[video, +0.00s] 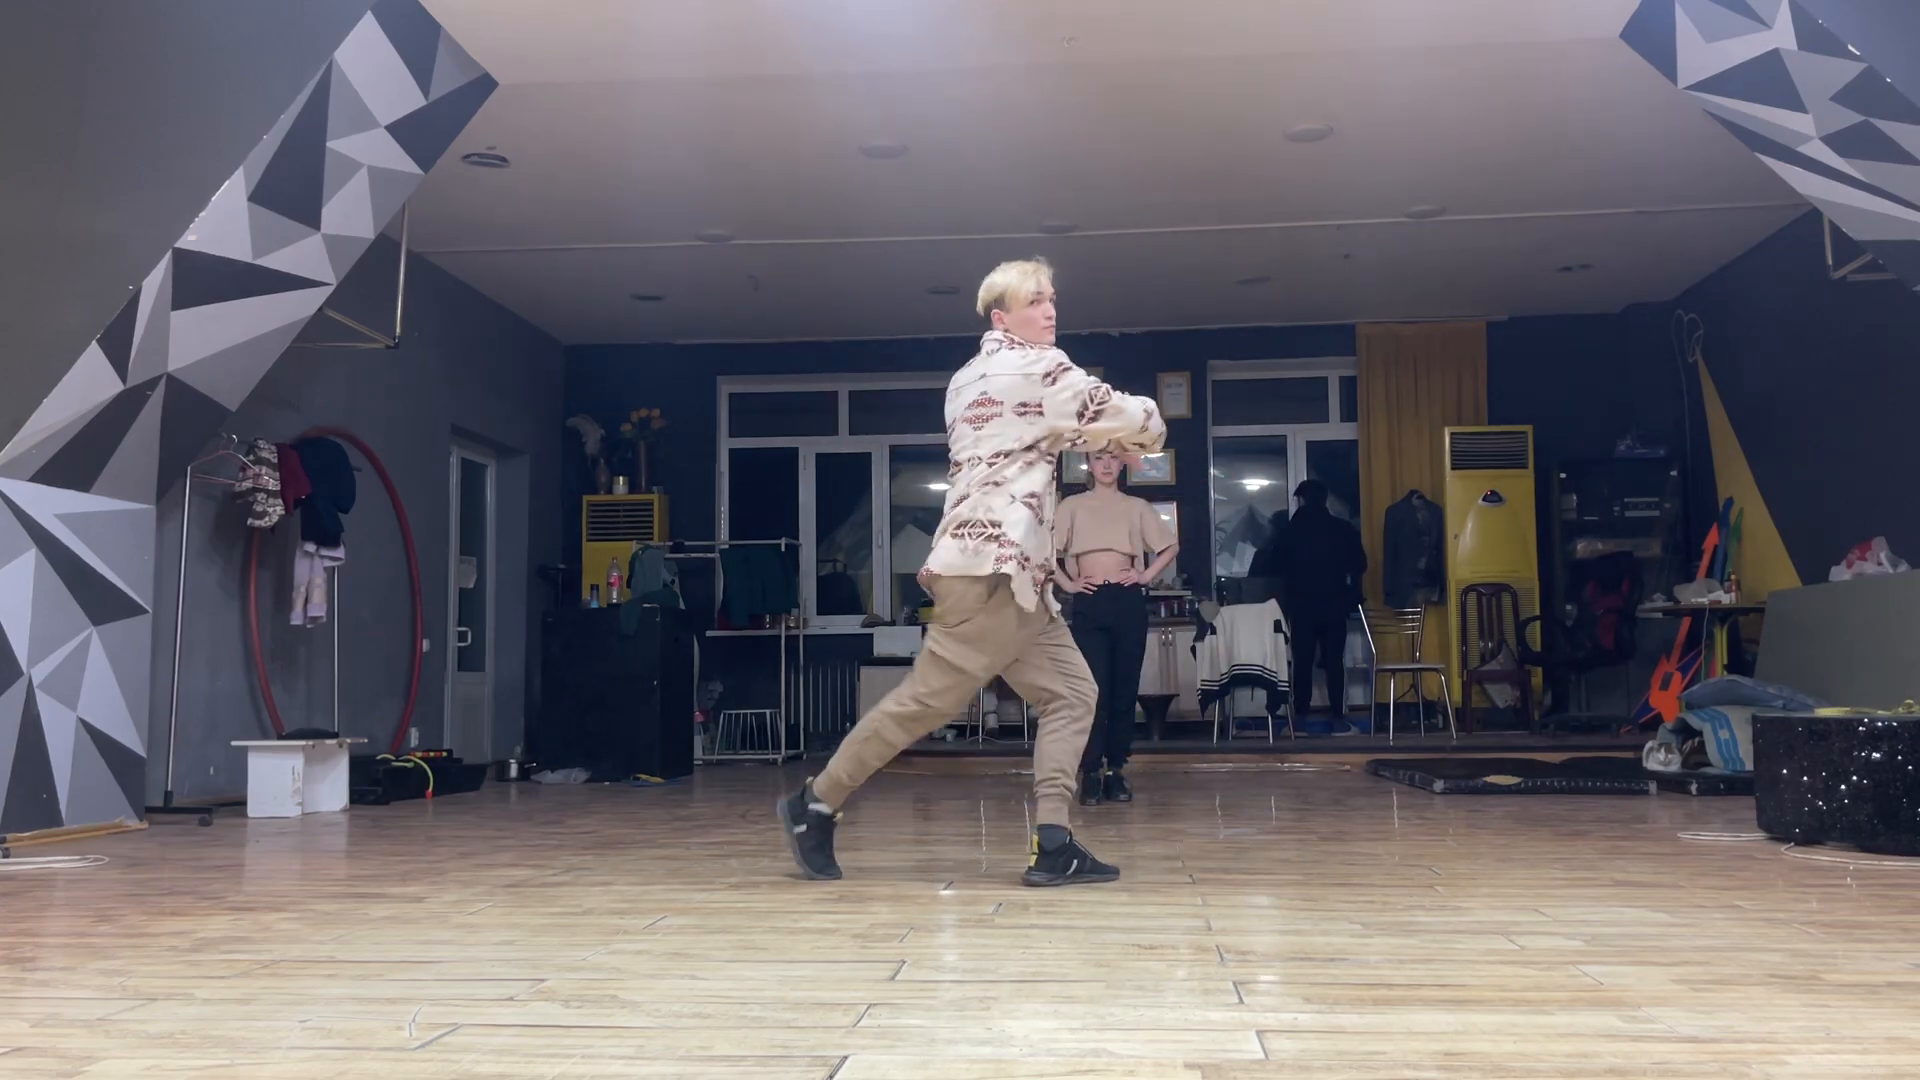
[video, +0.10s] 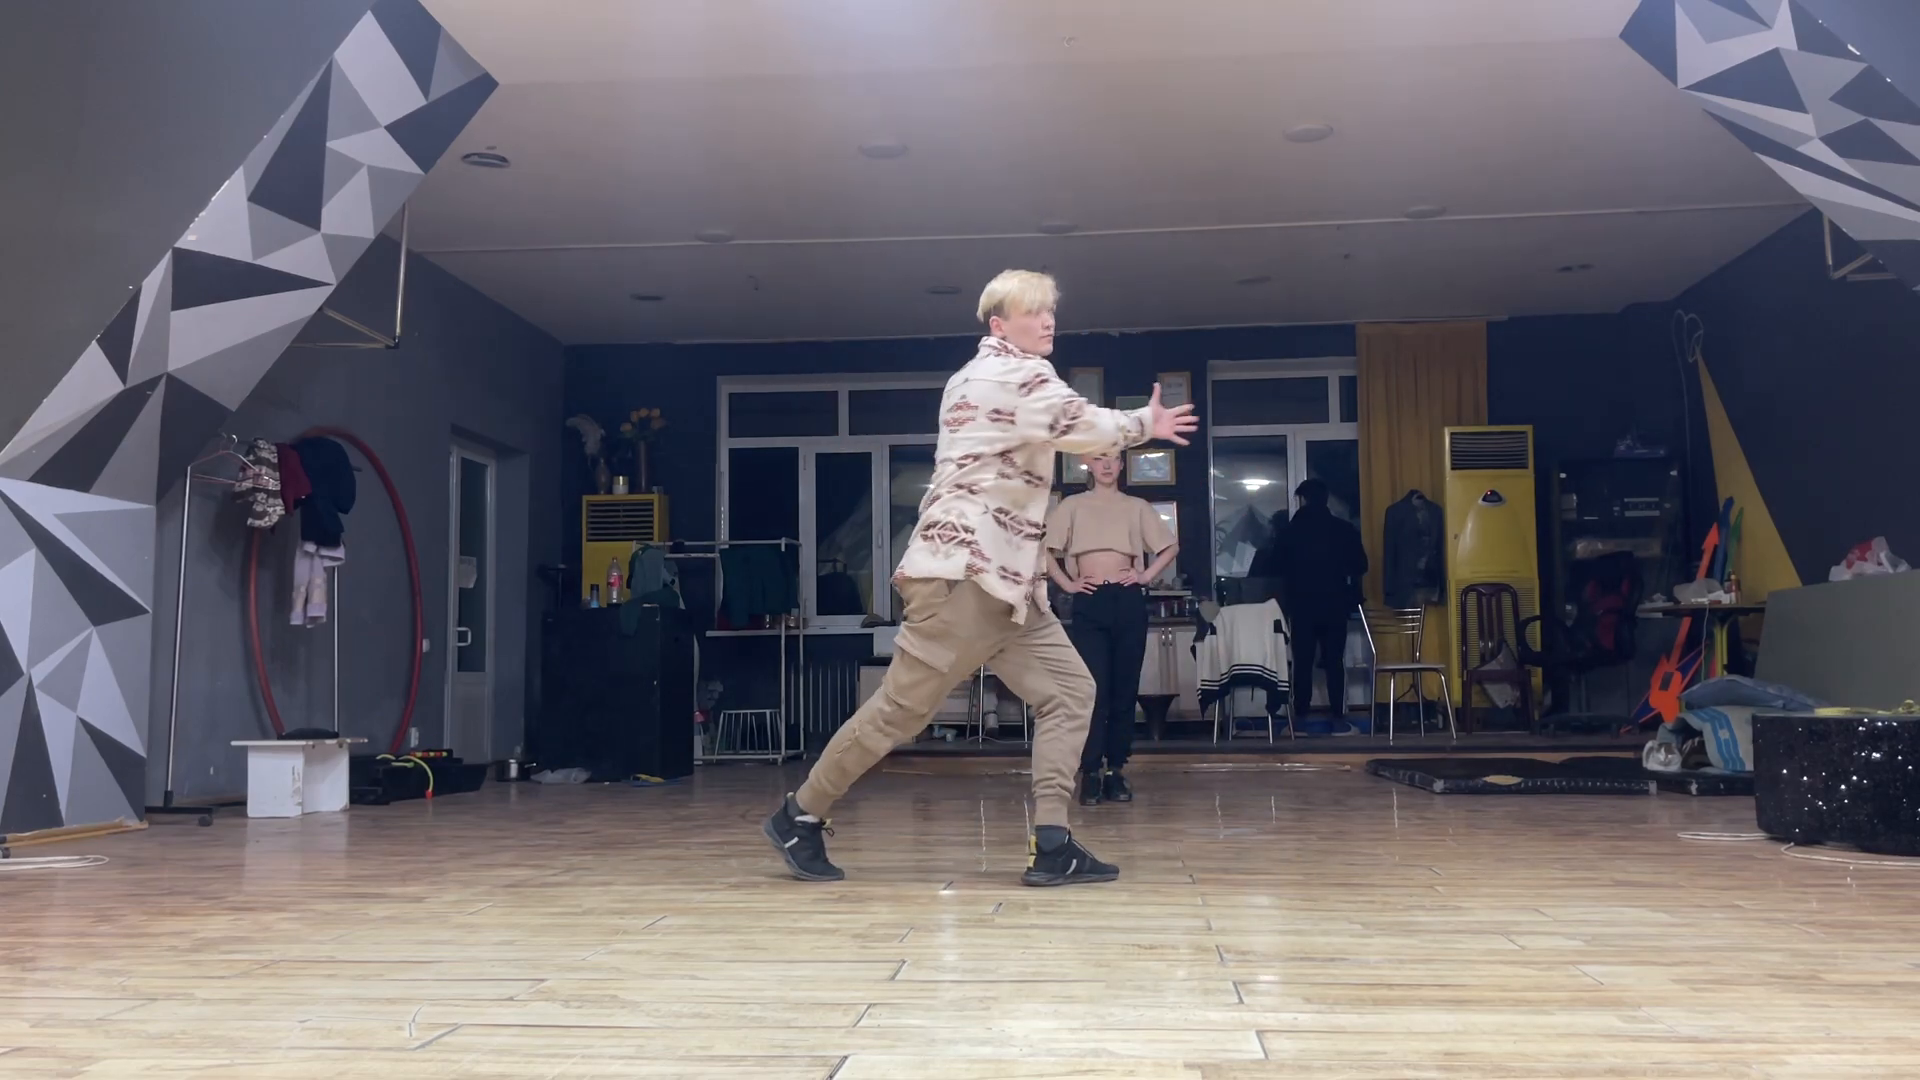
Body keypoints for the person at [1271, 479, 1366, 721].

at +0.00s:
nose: (1298, 504)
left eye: (1298, 500)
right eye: (1298, 500)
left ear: (1301, 500)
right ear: (1325, 500)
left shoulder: (1289, 530)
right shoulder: (1342, 527)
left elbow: (1277, 569)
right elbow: (1359, 565)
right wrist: (1353, 595)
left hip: (1301, 605)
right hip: (1333, 603)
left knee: (1302, 663)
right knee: (1334, 661)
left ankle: (1300, 719)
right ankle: (1337, 719)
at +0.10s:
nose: (1300, 503)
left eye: (1300, 499)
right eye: (1300, 499)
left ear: (1302, 500)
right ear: (1326, 499)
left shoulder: (1290, 531)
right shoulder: (1343, 528)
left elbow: (1278, 569)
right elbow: (1360, 566)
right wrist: (1353, 597)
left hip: (1302, 605)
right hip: (1334, 604)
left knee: (1302, 663)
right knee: (1334, 661)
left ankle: (1300, 719)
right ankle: (1337, 719)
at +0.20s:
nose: (1302, 502)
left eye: (1302, 498)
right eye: (1304, 498)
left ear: (1304, 499)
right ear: (1327, 500)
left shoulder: (1291, 530)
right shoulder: (1345, 529)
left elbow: (1274, 568)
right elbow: (1360, 566)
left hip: (1301, 605)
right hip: (1335, 605)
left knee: (1302, 662)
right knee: (1334, 662)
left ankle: (1300, 719)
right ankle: (1337, 719)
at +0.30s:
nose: (1301, 502)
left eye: (1301, 499)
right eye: (1302, 499)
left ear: (1304, 500)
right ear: (1328, 499)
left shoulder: (1291, 530)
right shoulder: (1345, 529)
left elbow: (1273, 567)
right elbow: (1360, 567)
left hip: (1301, 605)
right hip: (1334, 604)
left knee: (1302, 662)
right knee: (1334, 662)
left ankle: (1300, 719)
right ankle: (1337, 719)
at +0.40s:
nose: (1302, 502)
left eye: (1302, 498)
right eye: (1303, 499)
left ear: (1305, 499)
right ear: (1328, 500)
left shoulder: (1291, 529)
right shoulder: (1346, 529)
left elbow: (1271, 566)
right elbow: (1360, 567)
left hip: (1300, 604)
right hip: (1334, 604)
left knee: (1302, 662)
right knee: (1334, 661)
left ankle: (1300, 717)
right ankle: (1337, 718)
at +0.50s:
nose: (1302, 502)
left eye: (1302, 498)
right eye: (1303, 499)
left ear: (1305, 500)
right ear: (1328, 500)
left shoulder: (1291, 530)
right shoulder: (1346, 529)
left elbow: (1270, 567)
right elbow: (1360, 567)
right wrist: (1337, 564)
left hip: (1301, 604)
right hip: (1335, 604)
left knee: (1302, 661)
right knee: (1335, 661)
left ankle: (1300, 717)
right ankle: (1338, 718)